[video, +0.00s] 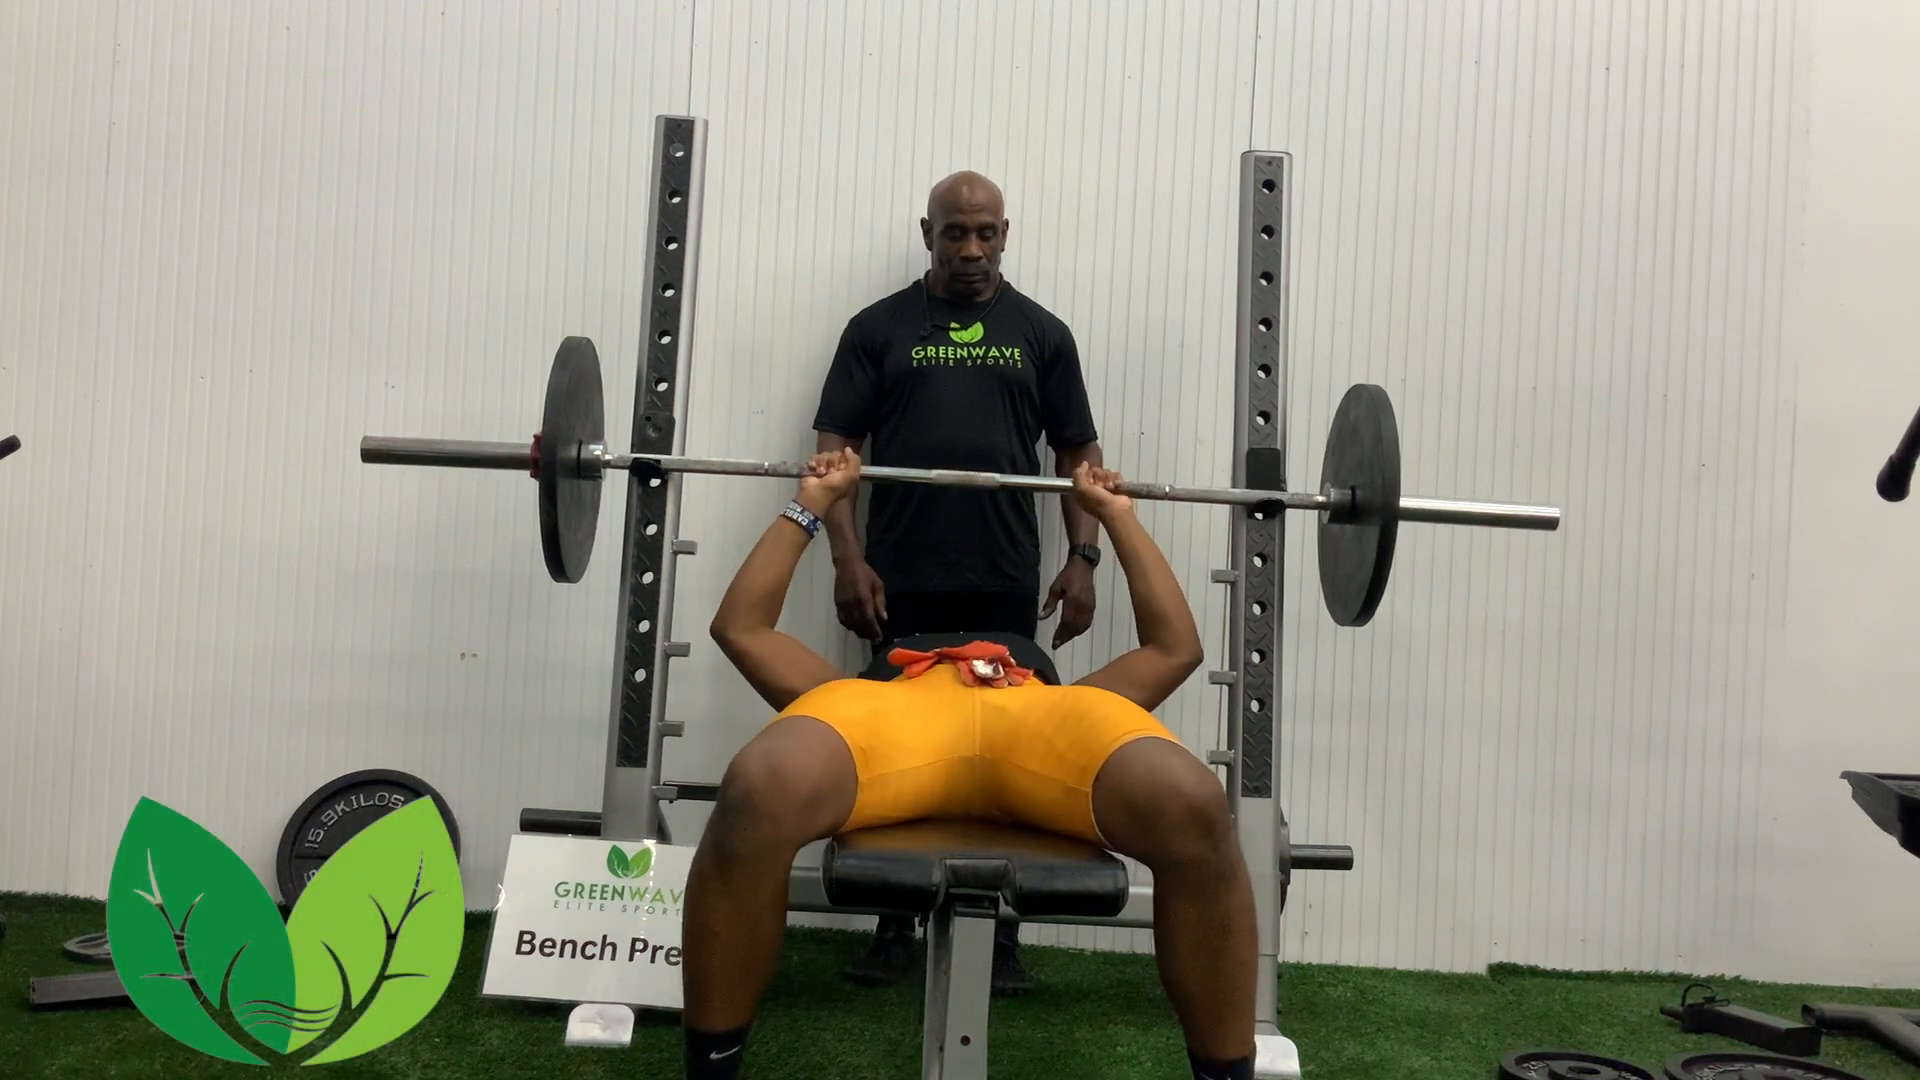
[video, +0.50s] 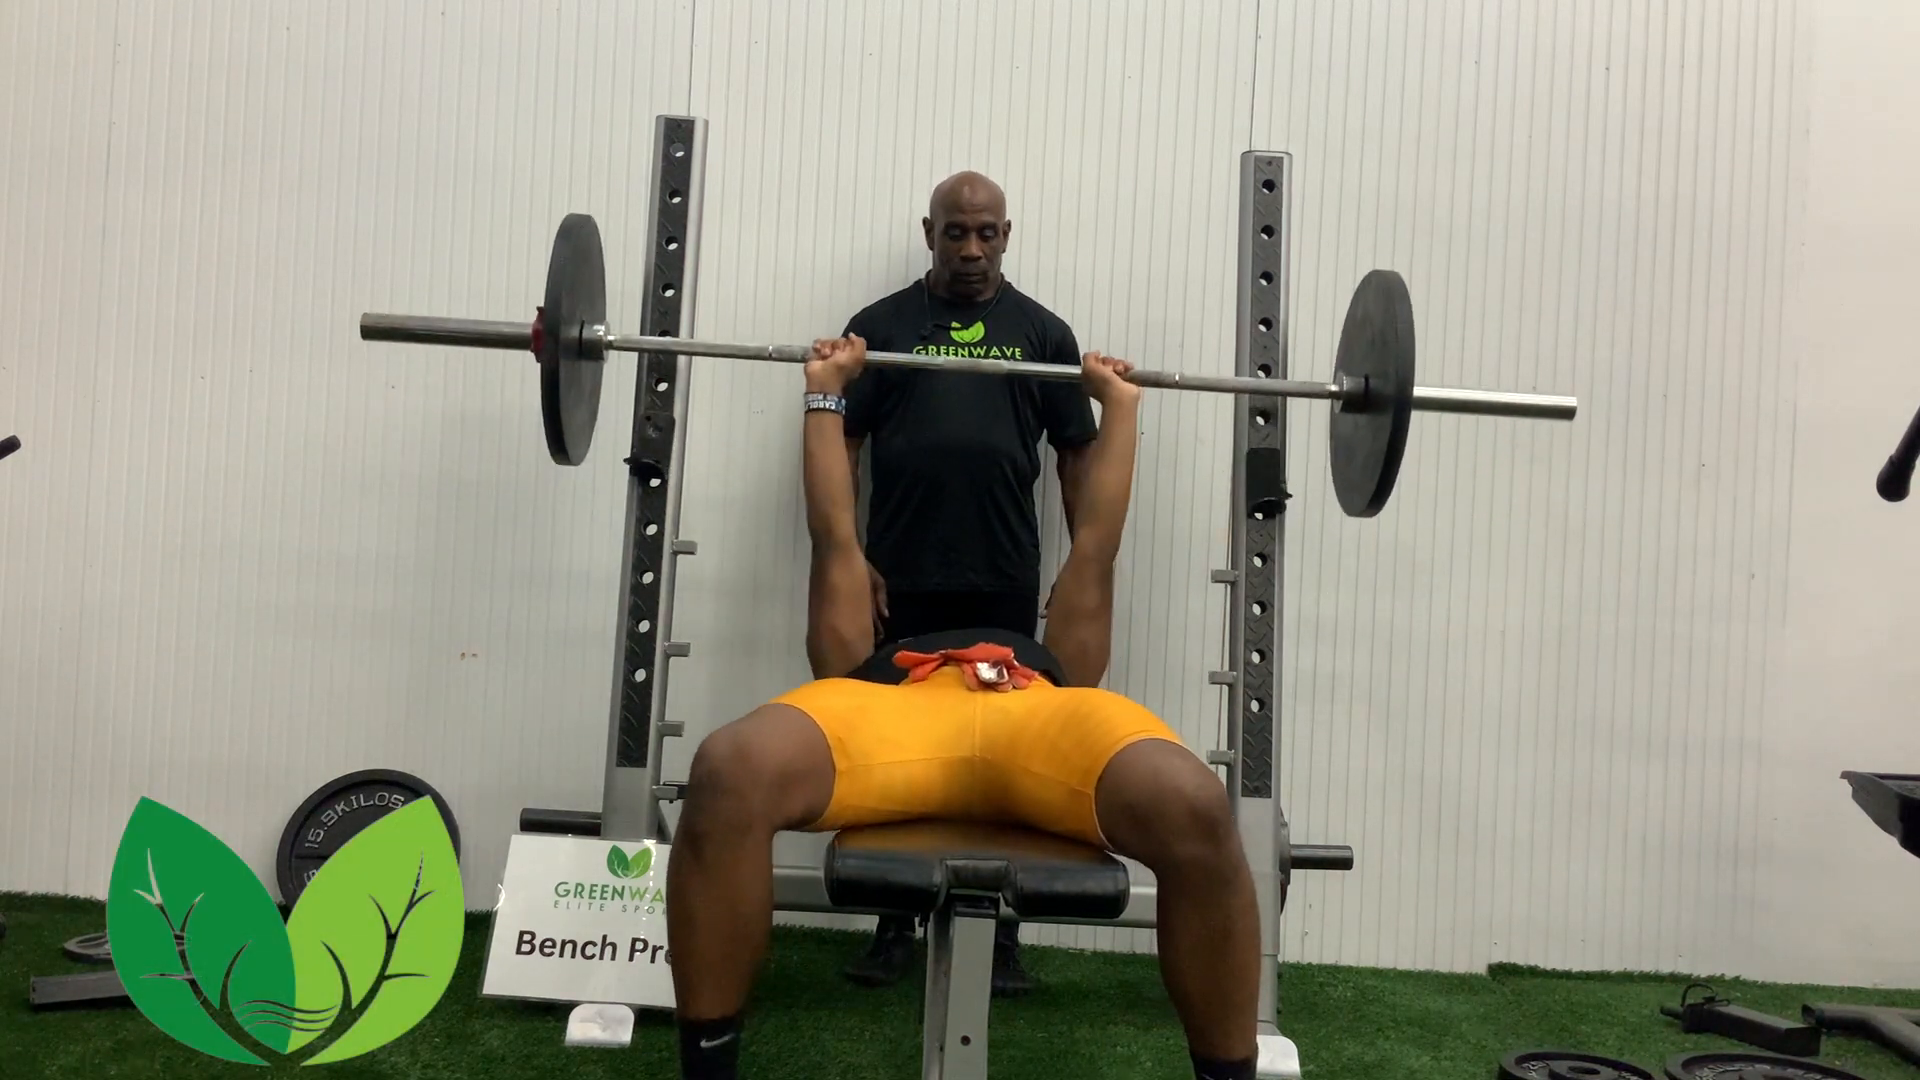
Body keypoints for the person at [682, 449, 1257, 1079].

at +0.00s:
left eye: (1001, 647)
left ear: (1030, 673)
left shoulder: (1067, 696)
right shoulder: (861, 689)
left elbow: (1175, 643)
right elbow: (740, 625)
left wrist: (1116, 514)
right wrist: (807, 508)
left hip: (1048, 711)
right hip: (886, 704)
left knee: (1196, 808)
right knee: (755, 791)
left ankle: (1227, 1072)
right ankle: (711, 1068)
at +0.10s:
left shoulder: (1067, 694)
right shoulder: (861, 687)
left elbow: (1167, 632)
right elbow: (749, 613)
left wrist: (1120, 500)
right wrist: (808, 488)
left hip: (1050, 711)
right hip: (881, 704)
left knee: (1197, 810)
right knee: (748, 786)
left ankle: (1227, 1074)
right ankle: (710, 1068)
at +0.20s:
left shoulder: (1065, 689)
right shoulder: (855, 687)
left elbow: (1154, 609)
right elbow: (768, 587)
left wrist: (1124, 467)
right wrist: (810, 456)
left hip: (1040, 709)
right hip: (884, 706)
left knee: (1193, 811)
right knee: (740, 784)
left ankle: (1226, 1071)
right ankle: (708, 1061)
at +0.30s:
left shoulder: (1064, 684)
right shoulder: (857, 677)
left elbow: (1131, 581)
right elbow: (791, 563)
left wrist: (1123, 431)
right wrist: (815, 422)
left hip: (1038, 704)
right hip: (886, 696)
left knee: (1193, 808)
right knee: (737, 785)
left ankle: (1227, 1071)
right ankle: (707, 1063)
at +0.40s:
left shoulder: (1061, 675)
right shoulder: (854, 673)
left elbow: (1097, 549)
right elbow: (822, 541)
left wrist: (1122, 411)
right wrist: (821, 402)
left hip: (1042, 703)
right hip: (886, 693)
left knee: (1195, 806)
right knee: (737, 783)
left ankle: (1227, 1068)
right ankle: (708, 1060)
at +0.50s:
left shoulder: (1062, 672)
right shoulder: (862, 673)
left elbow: (1095, 542)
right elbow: (833, 534)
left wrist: (1121, 403)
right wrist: (824, 394)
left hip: (1046, 706)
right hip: (886, 696)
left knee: (1197, 809)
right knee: (728, 771)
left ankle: (1229, 1068)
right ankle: (708, 1061)